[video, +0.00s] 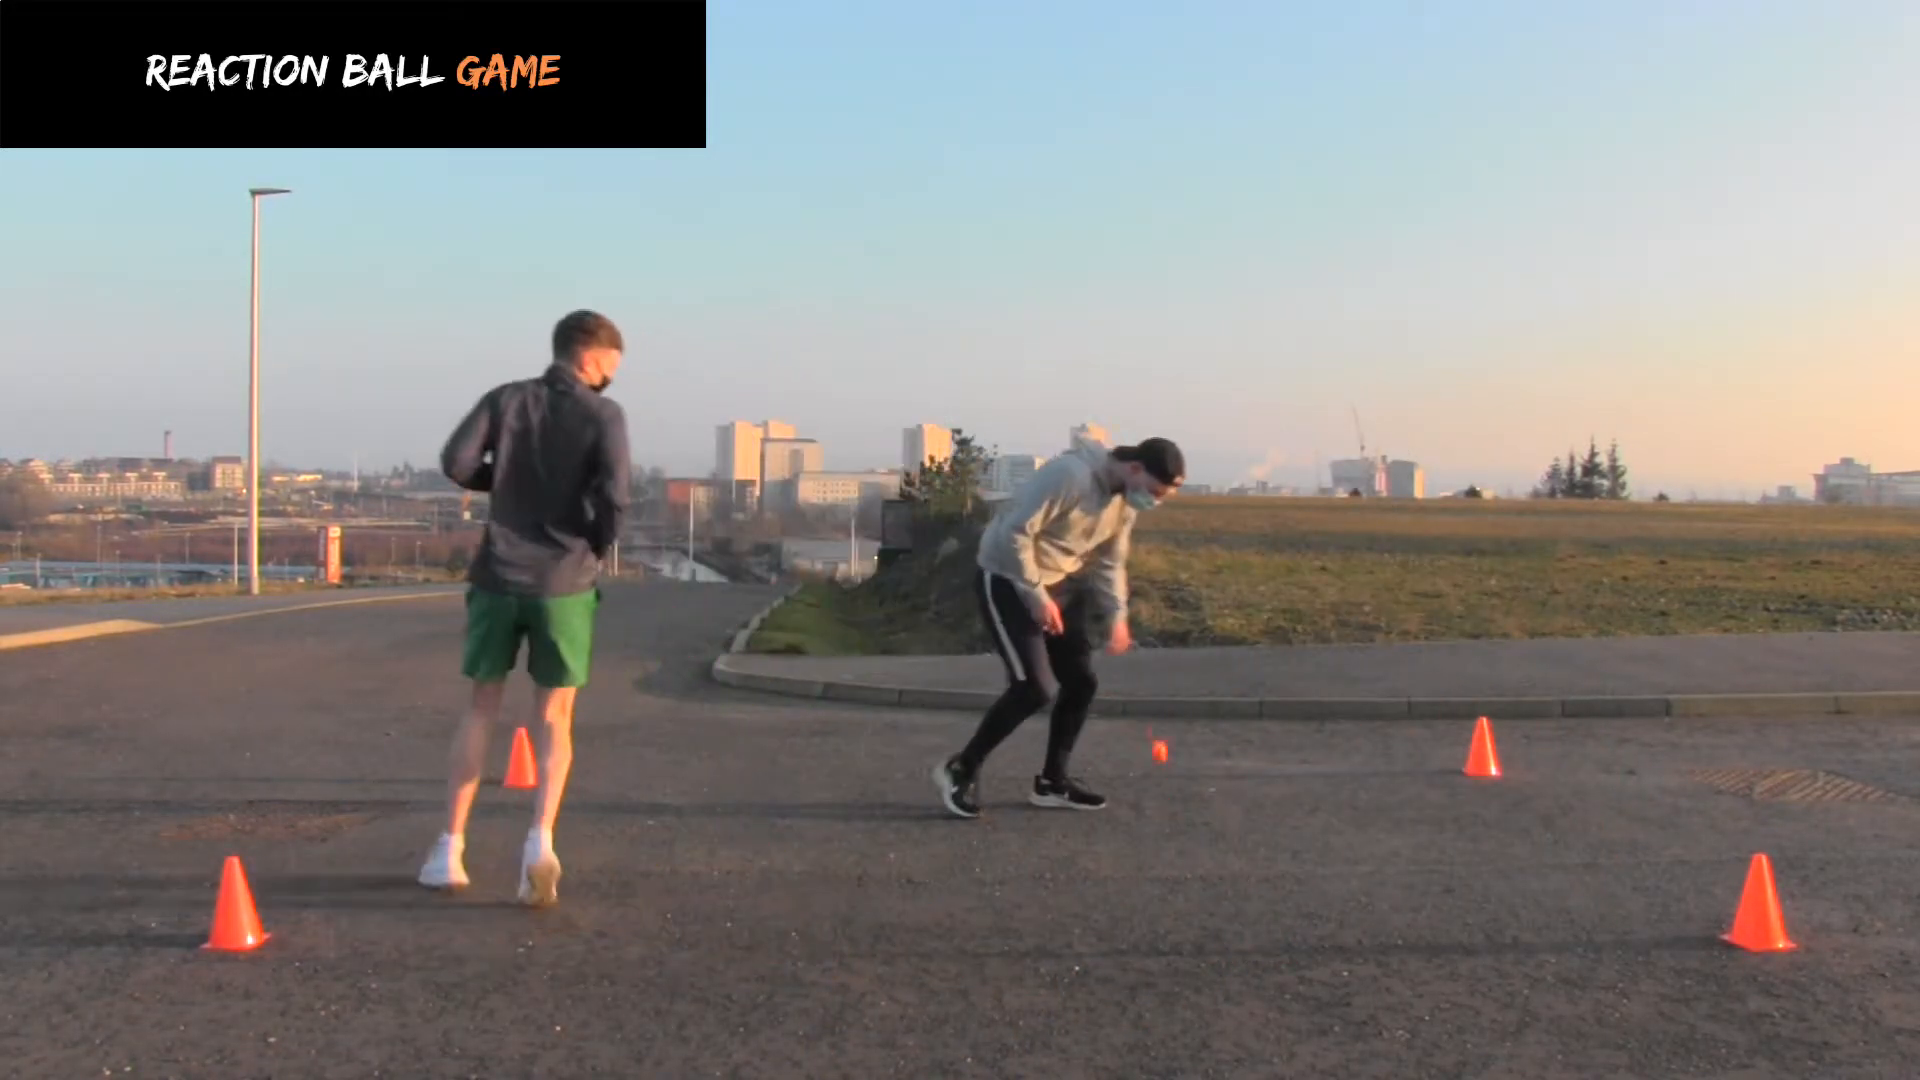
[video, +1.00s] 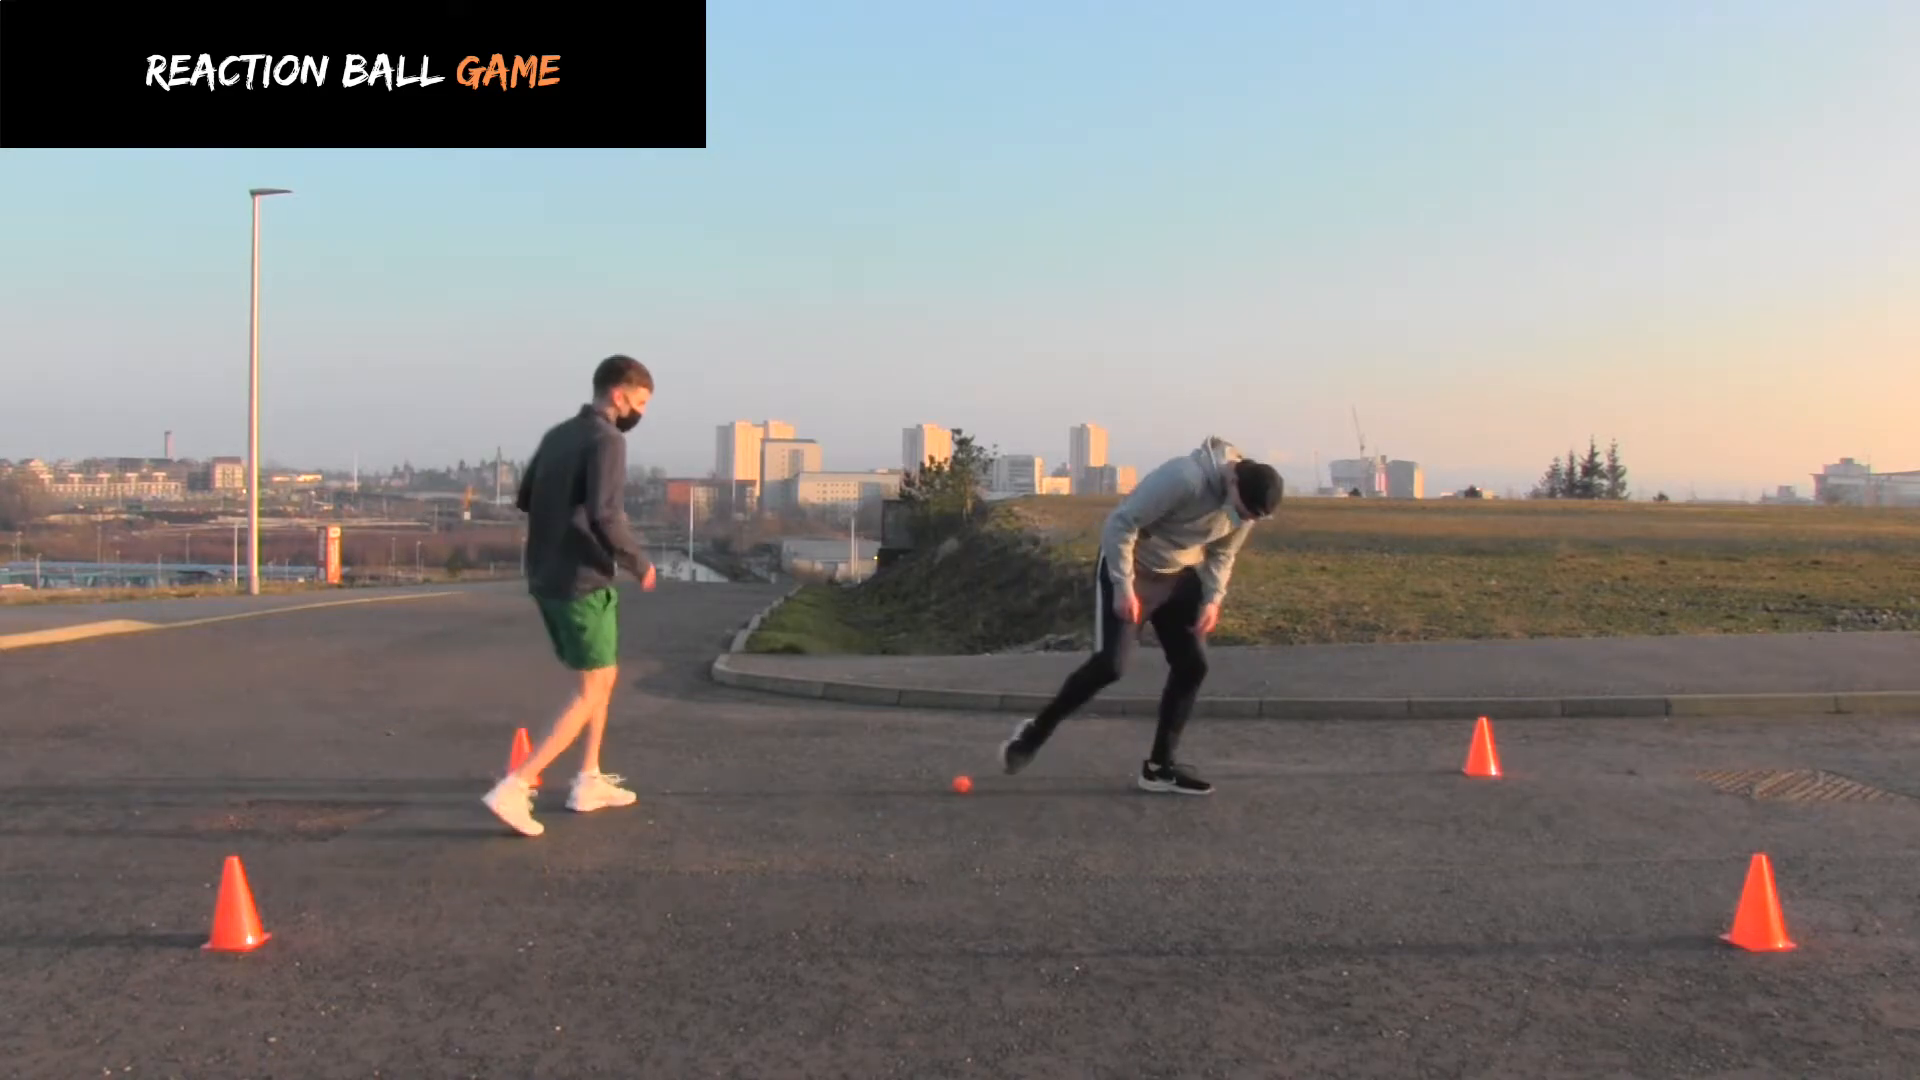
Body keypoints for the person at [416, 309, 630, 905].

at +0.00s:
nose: (614, 372)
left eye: (616, 363)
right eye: (612, 362)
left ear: (562, 350)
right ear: (589, 355)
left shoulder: (505, 398)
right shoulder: (604, 416)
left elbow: (457, 464)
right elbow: (612, 499)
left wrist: (505, 481)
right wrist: (600, 547)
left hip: (496, 578)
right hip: (564, 585)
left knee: (481, 708)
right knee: (555, 717)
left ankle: (449, 848)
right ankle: (540, 840)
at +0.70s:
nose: (609, 406)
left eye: (612, 397)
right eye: (606, 395)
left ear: (567, 386)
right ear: (582, 386)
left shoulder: (516, 427)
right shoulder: (576, 439)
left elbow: (476, 488)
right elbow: (569, 519)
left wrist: (532, 506)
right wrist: (613, 557)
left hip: (509, 582)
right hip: (550, 587)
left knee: (537, 686)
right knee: (555, 690)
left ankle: (481, 784)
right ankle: (497, 806)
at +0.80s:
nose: (620, 398)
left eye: (623, 389)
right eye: (617, 387)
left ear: (579, 377)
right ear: (594, 377)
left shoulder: (527, 417)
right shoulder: (586, 426)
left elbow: (483, 470)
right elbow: (580, 505)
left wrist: (533, 492)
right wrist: (619, 532)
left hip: (519, 569)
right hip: (558, 574)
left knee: (551, 677)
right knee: (556, 680)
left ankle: (533, 784)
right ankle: (502, 798)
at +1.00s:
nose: (642, 413)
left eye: (645, 404)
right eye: (640, 402)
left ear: (605, 392)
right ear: (618, 393)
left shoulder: (560, 434)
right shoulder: (607, 440)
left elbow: (527, 498)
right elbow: (604, 514)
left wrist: (576, 521)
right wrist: (639, 563)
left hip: (552, 580)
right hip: (584, 584)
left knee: (604, 675)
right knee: (594, 691)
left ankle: (589, 780)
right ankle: (514, 787)